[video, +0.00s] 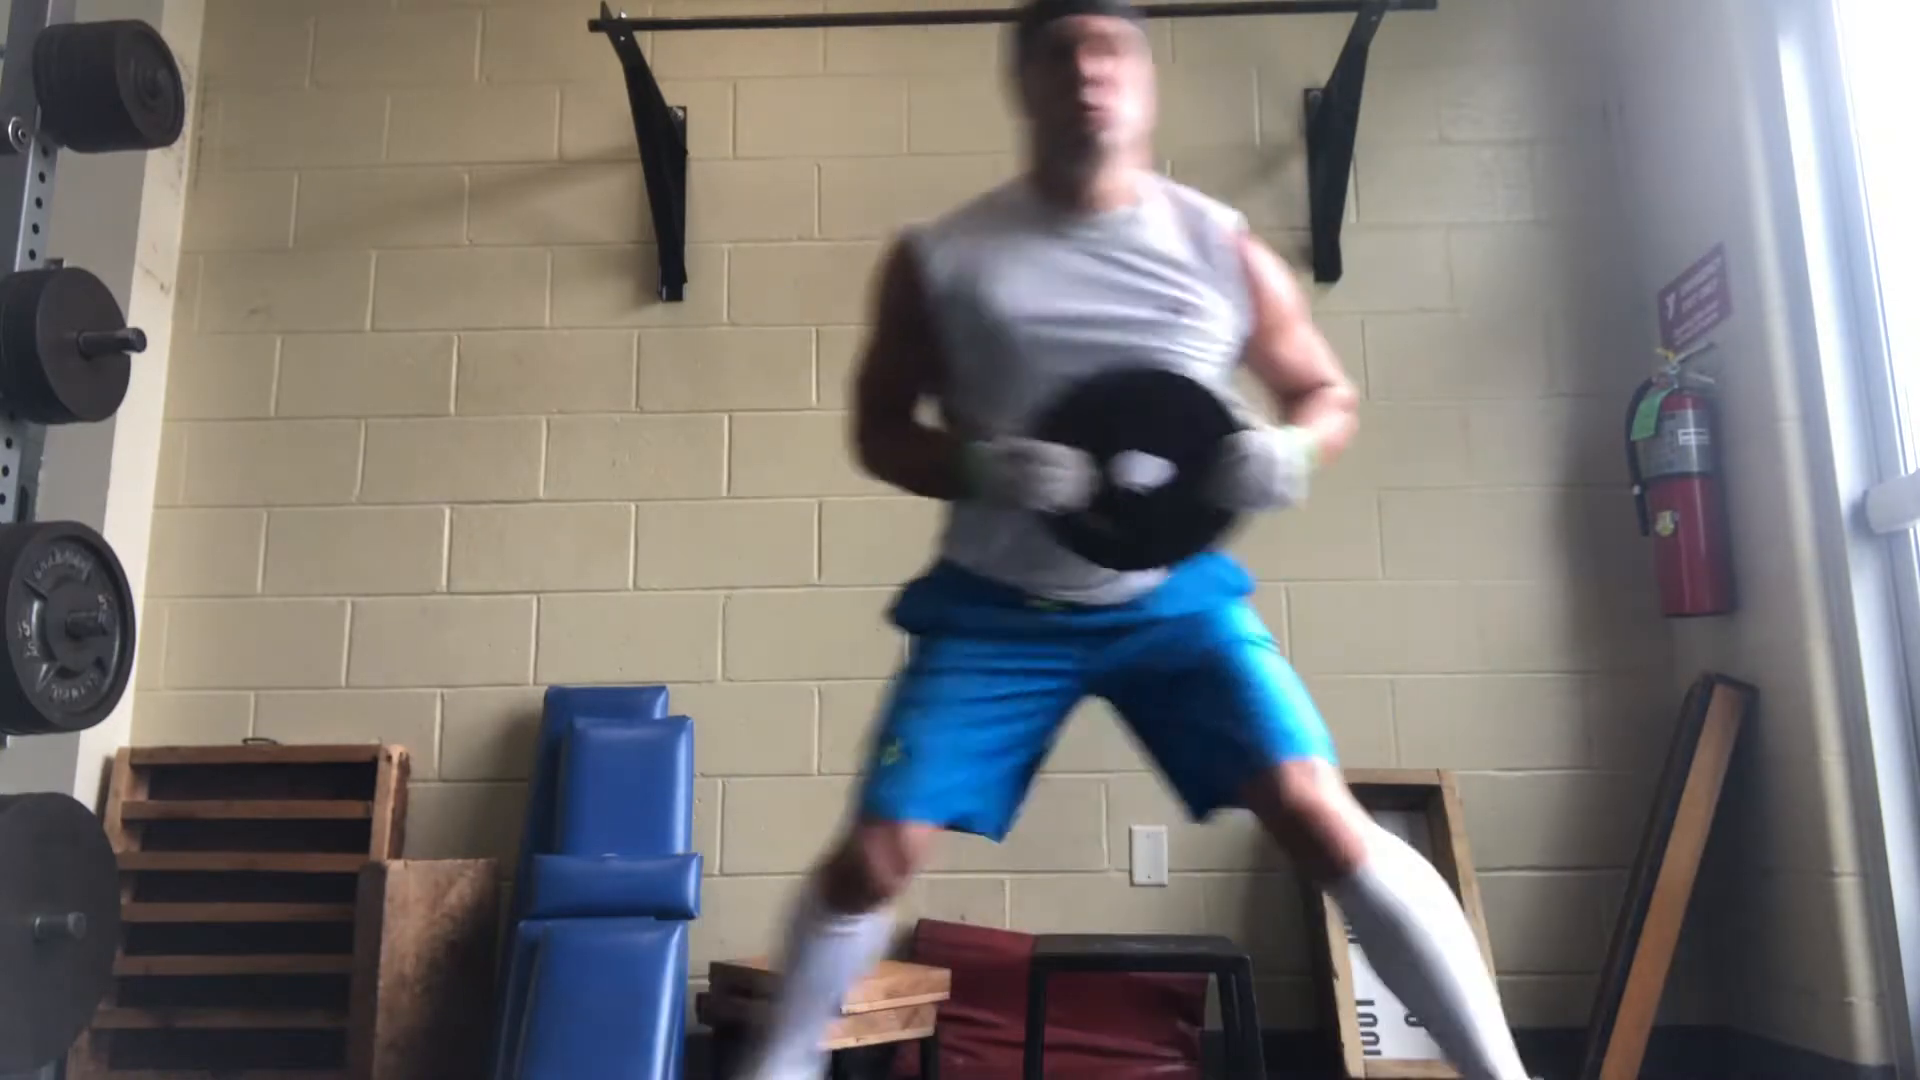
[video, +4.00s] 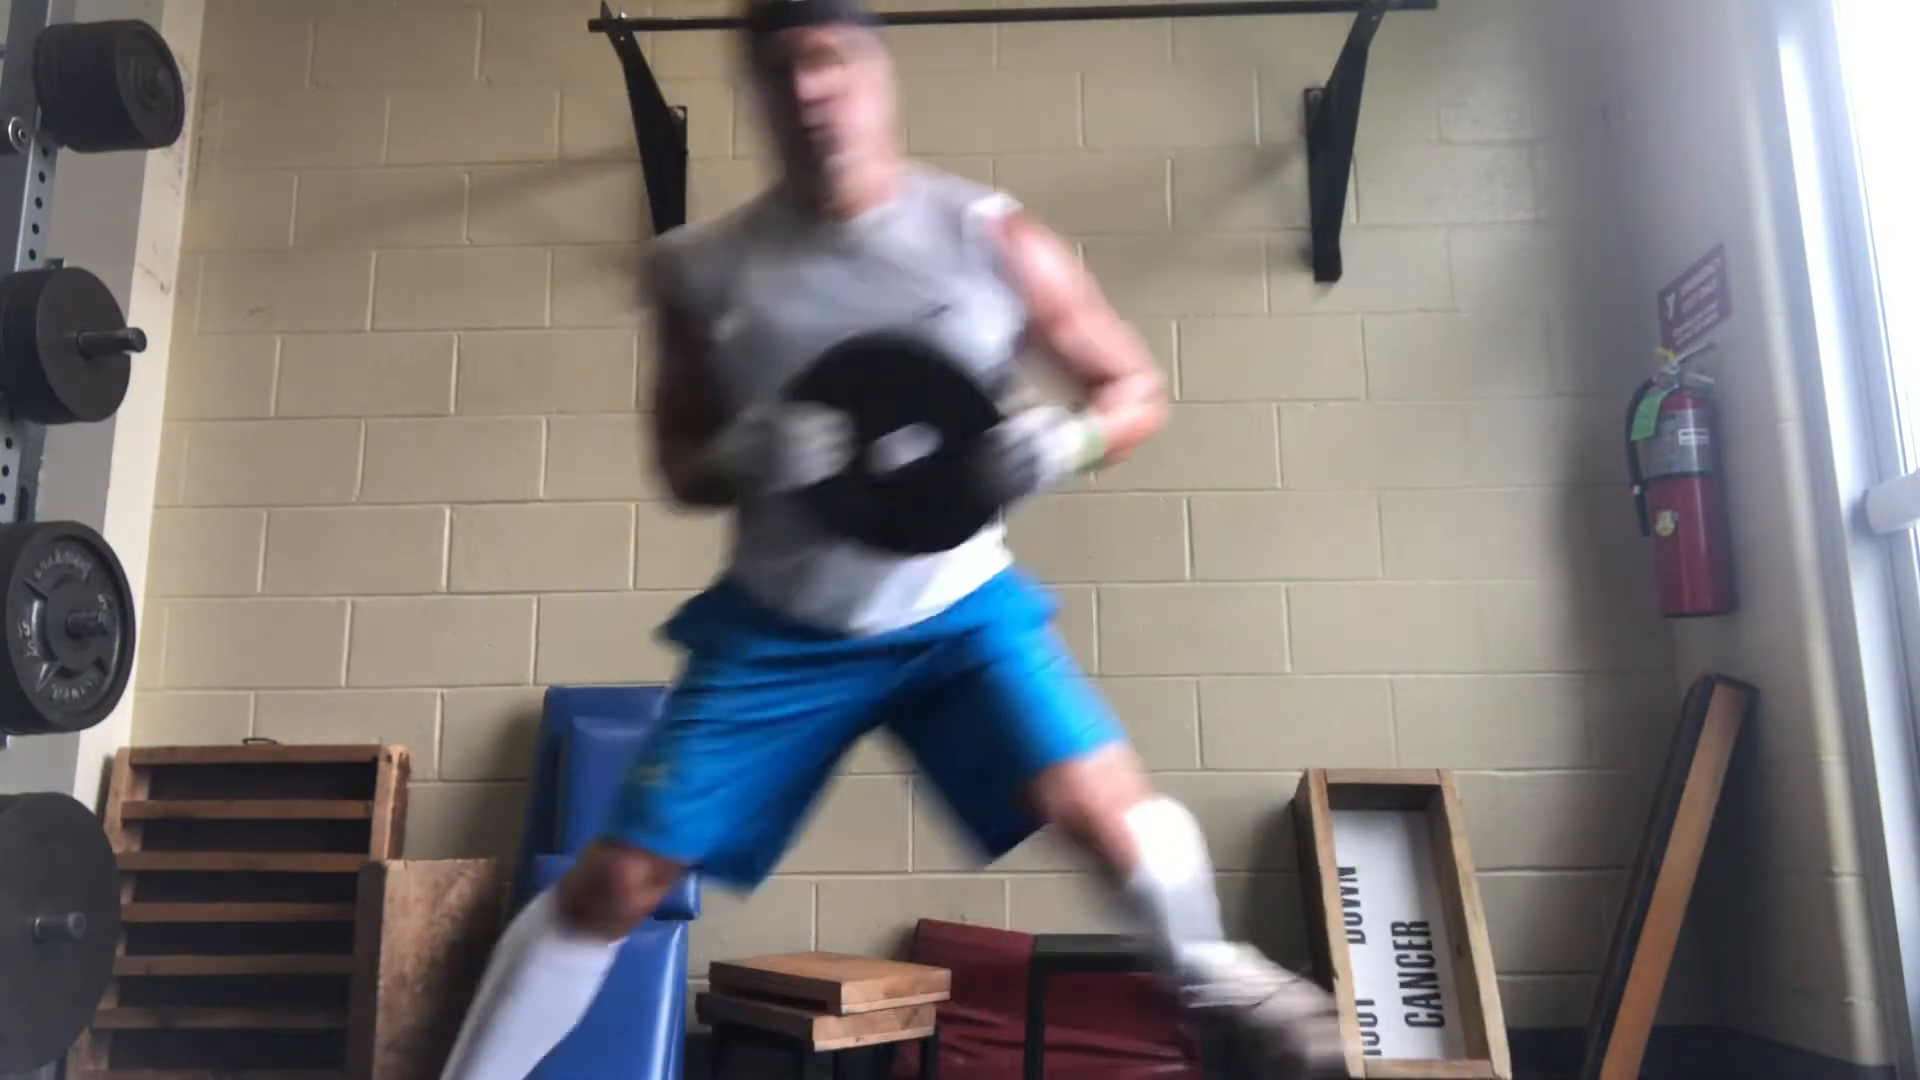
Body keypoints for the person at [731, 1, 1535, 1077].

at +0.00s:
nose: (1088, 72)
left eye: (1111, 50)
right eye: (1060, 53)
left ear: (1151, 82)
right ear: (1021, 86)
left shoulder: (1220, 247)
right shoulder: (938, 262)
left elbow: (1333, 395)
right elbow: (879, 434)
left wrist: (1292, 451)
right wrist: (981, 467)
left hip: (1180, 606)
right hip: (998, 616)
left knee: (1317, 813)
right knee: (874, 857)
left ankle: (1501, 1068)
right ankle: (771, 1066)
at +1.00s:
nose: (1052, 71)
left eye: (1073, 46)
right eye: (1025, 50)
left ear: (1111, 74)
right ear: (989, 81)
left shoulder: (1187, 238)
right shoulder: (902, 250)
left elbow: (1285, 364)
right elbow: (846, 428)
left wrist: (1265, 433)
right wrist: (958, 453)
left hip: (1137, 594)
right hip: (962, 604)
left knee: (1274, 823)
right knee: (854, 846)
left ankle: (1448, 1070)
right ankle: (802, 1065)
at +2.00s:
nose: (1133, 111)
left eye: (1157, 83)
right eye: (1106, 84)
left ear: (1200, 105)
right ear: (1067, 104)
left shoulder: (1258, 275)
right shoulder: (966, 265)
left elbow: (1362, 418)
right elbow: (907, 455)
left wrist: (1340, 476)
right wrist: (1022, 485)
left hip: (1200, 643)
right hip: (1018, 644)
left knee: (1348, 878)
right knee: (897, 887)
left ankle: (1497, 1074)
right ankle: (884, 1036)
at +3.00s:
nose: (1050, 76)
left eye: (1075, 47)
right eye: (1023, 50)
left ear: (1117, 65)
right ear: (987, 69)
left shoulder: (1198, 234)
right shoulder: (896, 235)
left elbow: (1311, 366)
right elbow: (852, 410)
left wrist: (1270, 431)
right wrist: (952, 453)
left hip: (1148, 596)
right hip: (967, 601)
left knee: (1286, 841)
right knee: (854, 850)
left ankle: (1448, 1070)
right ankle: (823, 1044)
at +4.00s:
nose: (812, 91)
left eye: (833, 62)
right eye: (784, 70)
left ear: (882, 74)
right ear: (759, 97)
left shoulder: (985, 233)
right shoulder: (701, 271)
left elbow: (1139, 388)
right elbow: (681, 471)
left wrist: (1059, 443)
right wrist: (761, 447)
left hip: (968, 611)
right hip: (777, 636)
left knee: (1105, 806)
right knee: (618, 881)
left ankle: (1214, 985)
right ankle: (470, 1076)